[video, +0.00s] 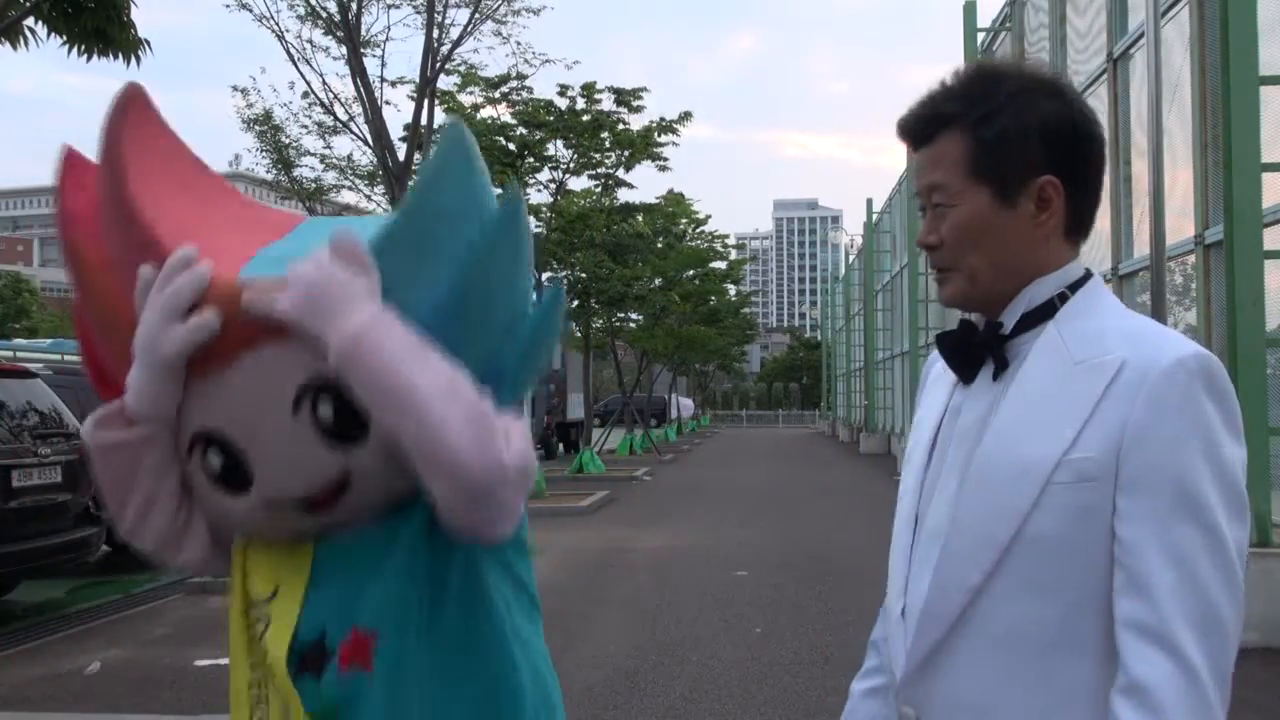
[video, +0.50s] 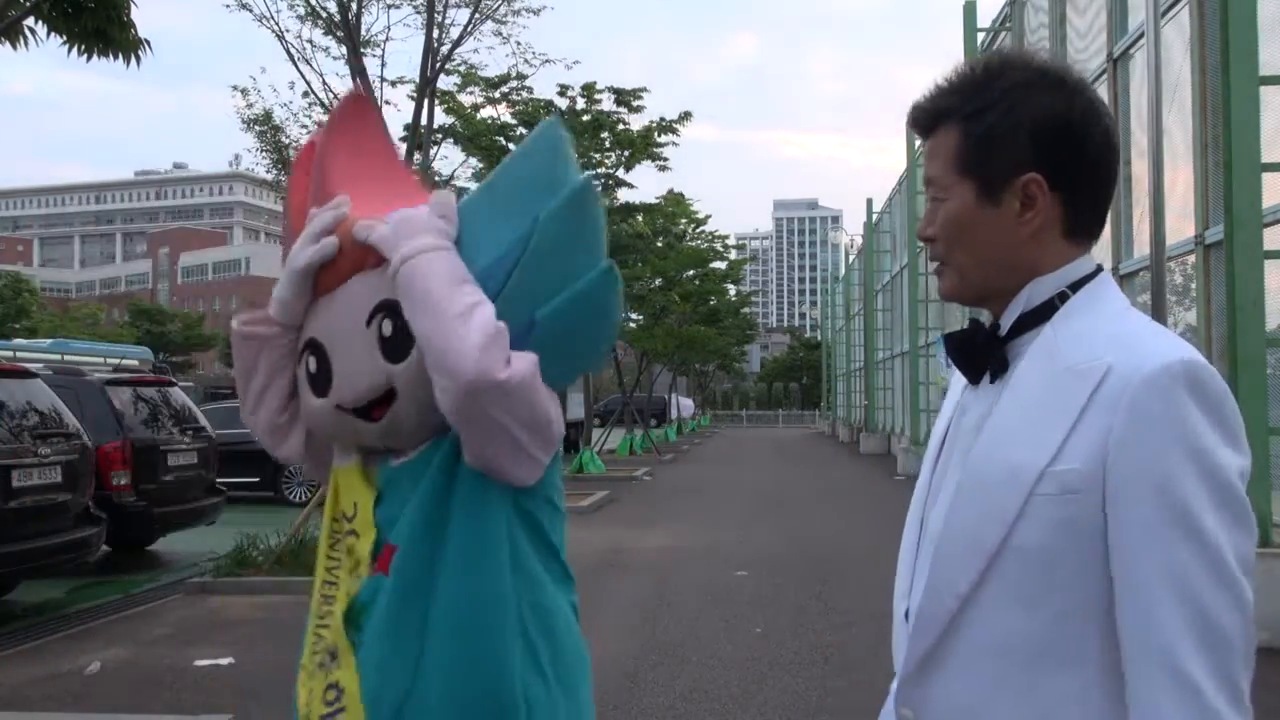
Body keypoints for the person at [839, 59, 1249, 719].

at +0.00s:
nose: (924, 237)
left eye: (939, 206)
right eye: (923, 210)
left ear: (1043, 202)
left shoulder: (1163, 378)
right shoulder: (948, 368)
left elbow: (1173, 685)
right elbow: (902, 614)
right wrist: (866, 710)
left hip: (1049, 708)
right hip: (907, 704)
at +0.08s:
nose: (924, 231)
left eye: (942, 199)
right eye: (926, 202)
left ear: (1044, 203)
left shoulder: (1162, 380)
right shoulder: (957, 367)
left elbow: (1164, 688)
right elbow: (903, 626)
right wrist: (870, 710)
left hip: (1041, 708)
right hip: (907, 704)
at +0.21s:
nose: (923, 228)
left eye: (939, 195)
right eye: (927, 198)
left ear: (1041, 201)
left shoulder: (1159, 381)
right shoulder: (960, 367)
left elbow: (1161, 691)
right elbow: (907, 633)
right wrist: (876, 709)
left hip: (1038, 709)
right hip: (908, 703)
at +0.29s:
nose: (924, 228)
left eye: (939, 195)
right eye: (927, 198)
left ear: (1035, 202)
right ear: (1033, 204)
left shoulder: (1157, 382)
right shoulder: (967, 369)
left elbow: (1171, 694)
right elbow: (916, 633)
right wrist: (882, 710)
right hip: (909, 703)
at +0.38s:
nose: (924, 228)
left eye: (938, 194)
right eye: (927, 198)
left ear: (1032, 202)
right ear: (1032, 204)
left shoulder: (1155, 383)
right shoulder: (972, 368)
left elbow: (1180, 695)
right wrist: (889, 708)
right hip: (908, 702)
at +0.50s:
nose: (923, 228)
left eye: (938, 195)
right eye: (927, 198)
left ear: (1028, 203)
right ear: (1028, 206)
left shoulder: (1154, 383)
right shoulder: (980, 366)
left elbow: (1193, 696)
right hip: (918, 703)